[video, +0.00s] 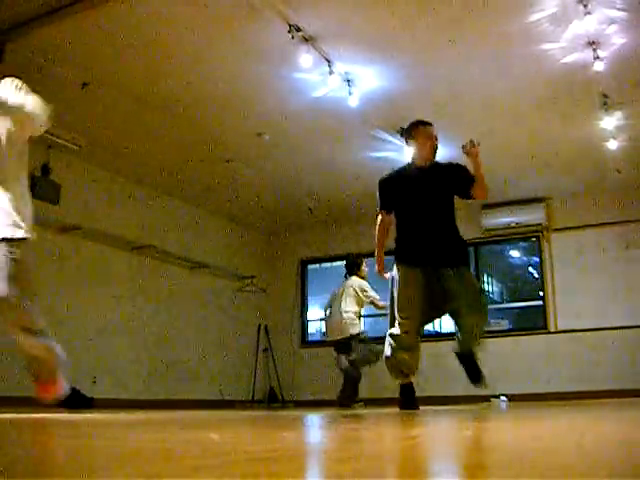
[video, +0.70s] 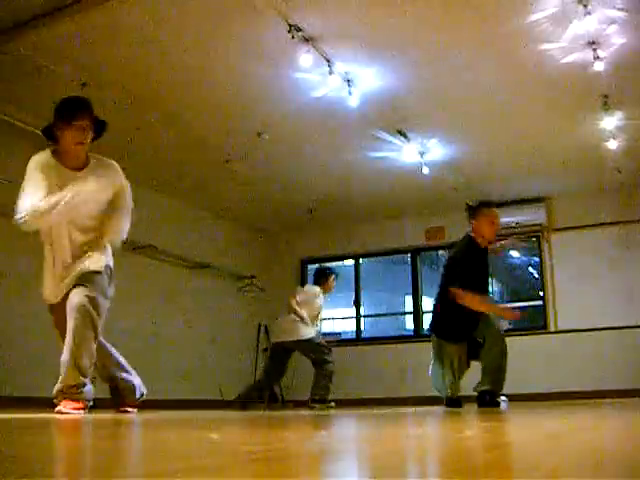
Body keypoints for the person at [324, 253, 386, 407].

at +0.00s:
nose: (366, 269)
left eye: (365, 266)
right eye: (364, 266)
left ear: (349, 269)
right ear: (358, 269)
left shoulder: (340, 287)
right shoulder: (359, 283)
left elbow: (327, 307)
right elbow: (375, 301)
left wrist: (328, 320)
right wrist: (385, 305)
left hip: (334, 330)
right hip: (350, 325)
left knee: (351, 365)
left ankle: (348, 398)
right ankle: (350, 358)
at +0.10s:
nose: (362, 271)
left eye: (362, 268)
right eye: (359, 267)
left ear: (344, 269)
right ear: (353, 268)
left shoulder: (331, 285)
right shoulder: (356, 285)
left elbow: (309, 290)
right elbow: (377, 300)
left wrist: (318, 306)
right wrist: (364, 301)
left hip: (331, 334)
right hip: (349, 332)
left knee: (345, 366)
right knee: (354, 363)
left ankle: (347, 399)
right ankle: (330, 382)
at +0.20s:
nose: (355, 270)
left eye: (355, 267)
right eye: (354, 267)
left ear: (338, 268)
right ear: (348, 268)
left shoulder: (326, 281)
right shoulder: (350, 281)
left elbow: (307, 287)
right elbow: (369, 298)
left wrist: (316, 300)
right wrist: (366, 308)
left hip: (322, 323)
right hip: (337, 323)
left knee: (345, 360)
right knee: (335, 361)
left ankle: (346, 396)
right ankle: (317, 393)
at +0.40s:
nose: (348, 268)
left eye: (347, 264)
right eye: (345, 264)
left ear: (333, 267)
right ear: (338, 266)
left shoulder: (327, 281)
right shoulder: (335, 279)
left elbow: (334, 313)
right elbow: (326, 293)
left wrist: (351, 306)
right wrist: (331, 308)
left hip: (308, 327)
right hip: (313, 326)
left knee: (323, 359)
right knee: (331, 357)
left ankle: (289, 375)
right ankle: (319, 396)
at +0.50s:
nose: (345, 269)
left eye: (344, 265)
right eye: (342, 265)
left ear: (333, 268)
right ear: (334, 267)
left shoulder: (334, 290)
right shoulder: (324, 278)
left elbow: (347, 309)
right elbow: (302, 283)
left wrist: (356, 293)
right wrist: (300, 301)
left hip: (297, 327)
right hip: (309, 326)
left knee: (300, 368)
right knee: (327, 359)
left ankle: (271, 363)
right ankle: (319, 398)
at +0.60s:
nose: (340, 271)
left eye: (340, 268)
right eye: (338, 268)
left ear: (332, 270)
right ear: (330, 270)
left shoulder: (329, 292)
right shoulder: (318, 280)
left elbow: (339, 313)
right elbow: (293, 283)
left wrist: (349, 303)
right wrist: (290, 302)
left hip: (294, 326)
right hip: (305, 324)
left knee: (280, 367)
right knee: (324, 359)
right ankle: (320, 399)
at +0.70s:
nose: (334, 285)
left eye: (334, 281)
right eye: (332, 281)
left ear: (318, 280)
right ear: (325, 281)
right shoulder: (314, 290)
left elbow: (308, 321)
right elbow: (292, 300)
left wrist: (317, 338)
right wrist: (303, 316)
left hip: (281, 334)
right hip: (298, 332)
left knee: (271, 376)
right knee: (324, 359)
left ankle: (241, 402)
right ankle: (319, 399)